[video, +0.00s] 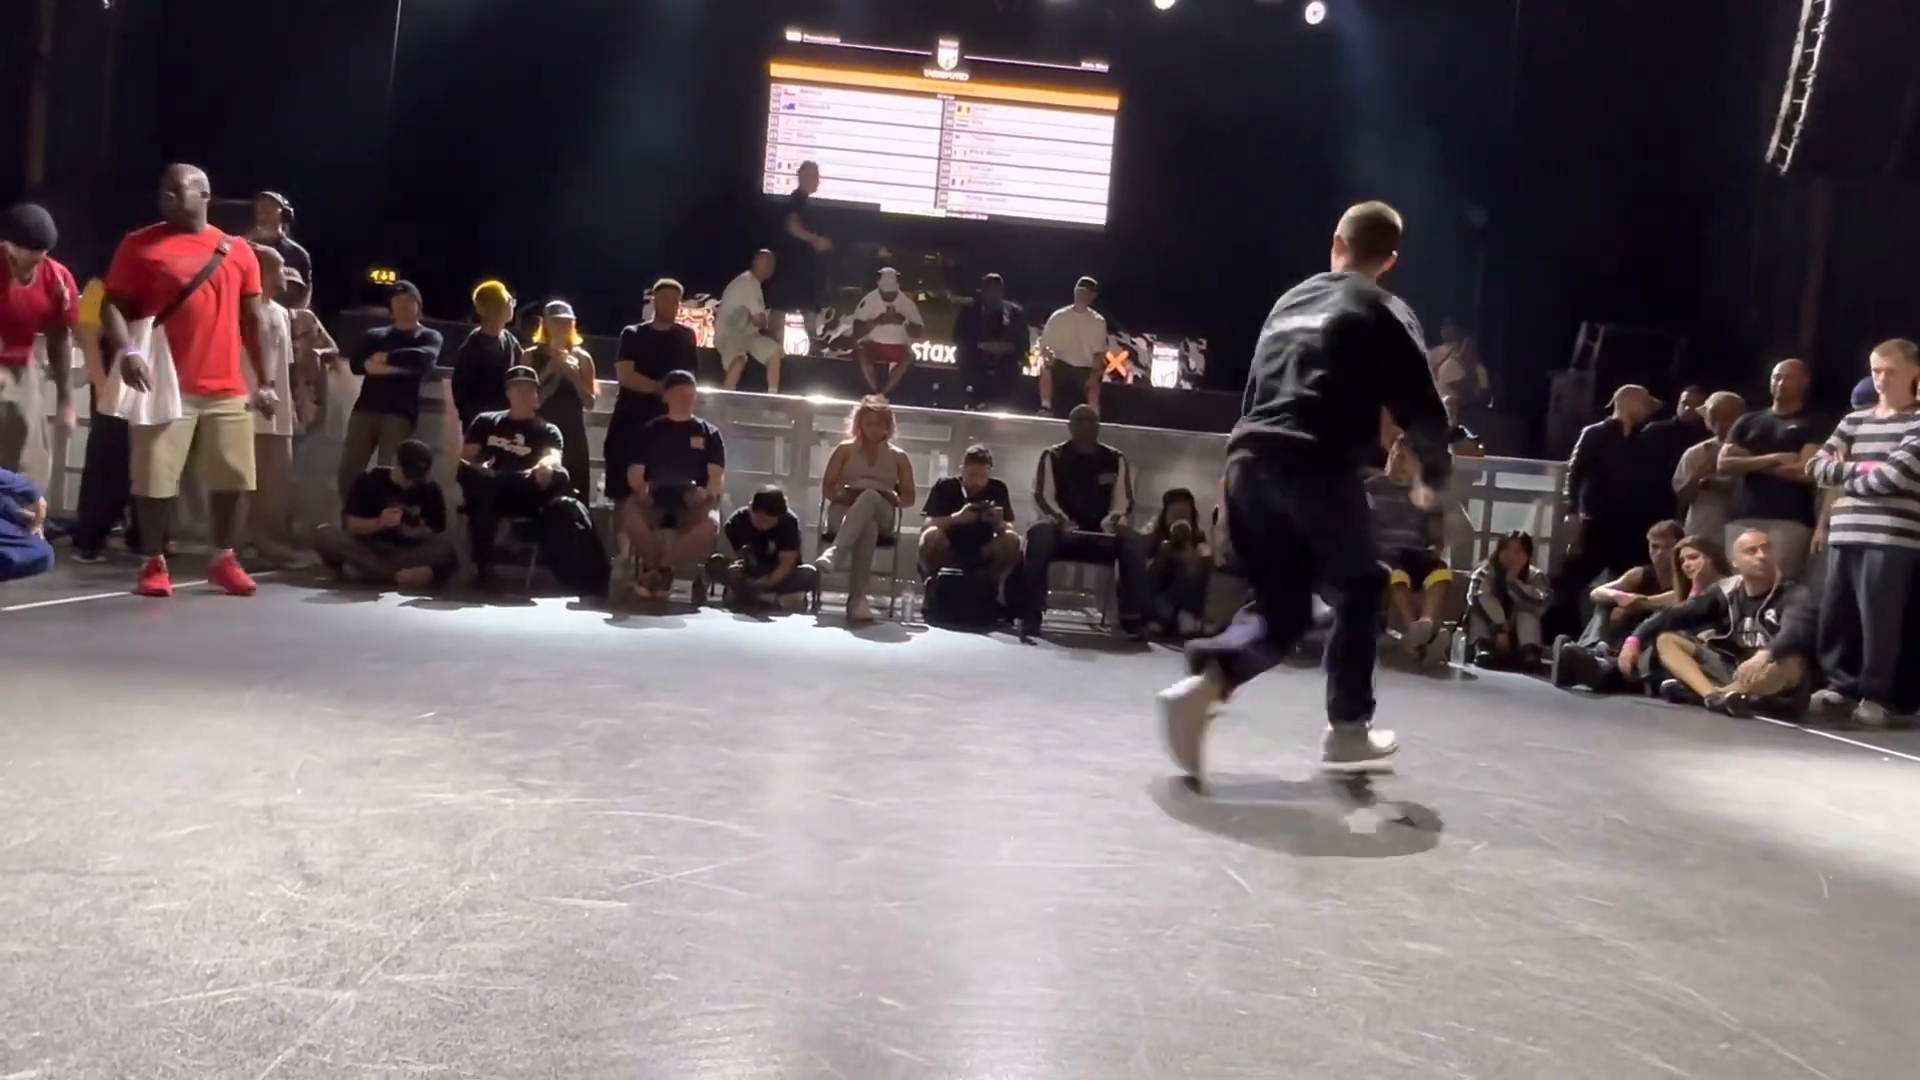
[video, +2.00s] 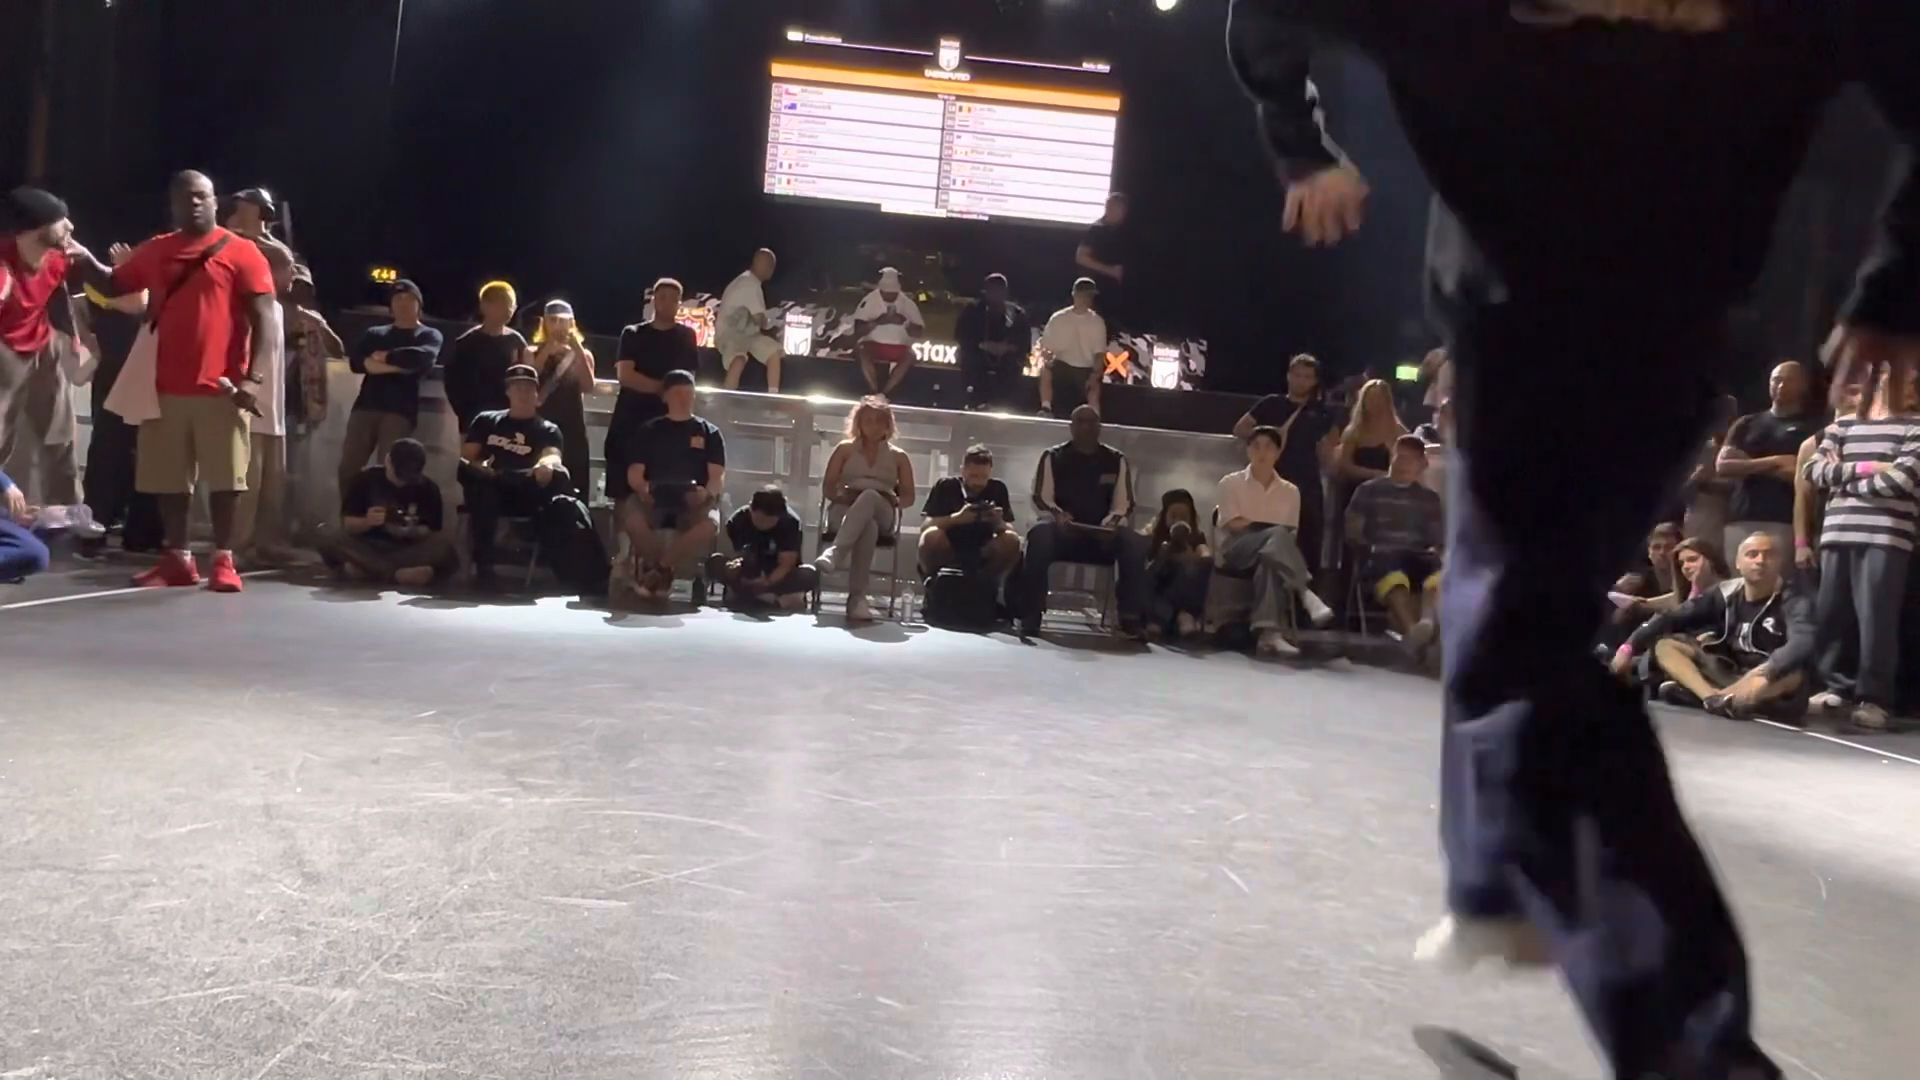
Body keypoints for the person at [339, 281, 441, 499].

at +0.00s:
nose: (402, 305)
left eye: (407, 300)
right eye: (398, 301)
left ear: (418, 306)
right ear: (391, 307)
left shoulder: (430, 336)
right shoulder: (375, 334)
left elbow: (423, 361)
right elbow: (357, 366)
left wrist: (385, 357)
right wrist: (400, 368)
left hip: (400, 414)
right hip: (366, 410)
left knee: (388, 475)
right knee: (349, 470)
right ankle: (350, 525)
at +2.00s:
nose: (403, 303)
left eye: (408, 299)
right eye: (398, 299)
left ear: (418, 305)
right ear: (391, 306)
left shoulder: (430, 335)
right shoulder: (375, 333)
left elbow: (422, 360)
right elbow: (356, 363)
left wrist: (383, 355)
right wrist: (398, 367)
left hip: (399, 413)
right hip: (366, 409)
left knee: (390, 473)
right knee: (348, 469)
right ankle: (349, 522)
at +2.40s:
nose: (404, 304)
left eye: (411, 299)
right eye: (399, 299)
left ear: (420, 306)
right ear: (392, 306)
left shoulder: (431, 335)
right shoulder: (375, 332)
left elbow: (423, 361)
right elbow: (357, 363)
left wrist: (383, 356)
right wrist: (399, 366)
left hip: (400, 411)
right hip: (367, 407)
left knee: (392, 471)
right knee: (349, 467)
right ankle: (347, 514)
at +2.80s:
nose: (404, 308)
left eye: (410, 303)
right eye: (400, 303)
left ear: (420, 310)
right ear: (393, 310)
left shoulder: (431, 339)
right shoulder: (376, 336)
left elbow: (423, 365)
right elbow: (357, 367)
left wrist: (382, 360)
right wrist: (399, 371)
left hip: (401, 415)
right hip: (367, 412)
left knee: (394, 476)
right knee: (350, 472)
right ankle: (347, 517)